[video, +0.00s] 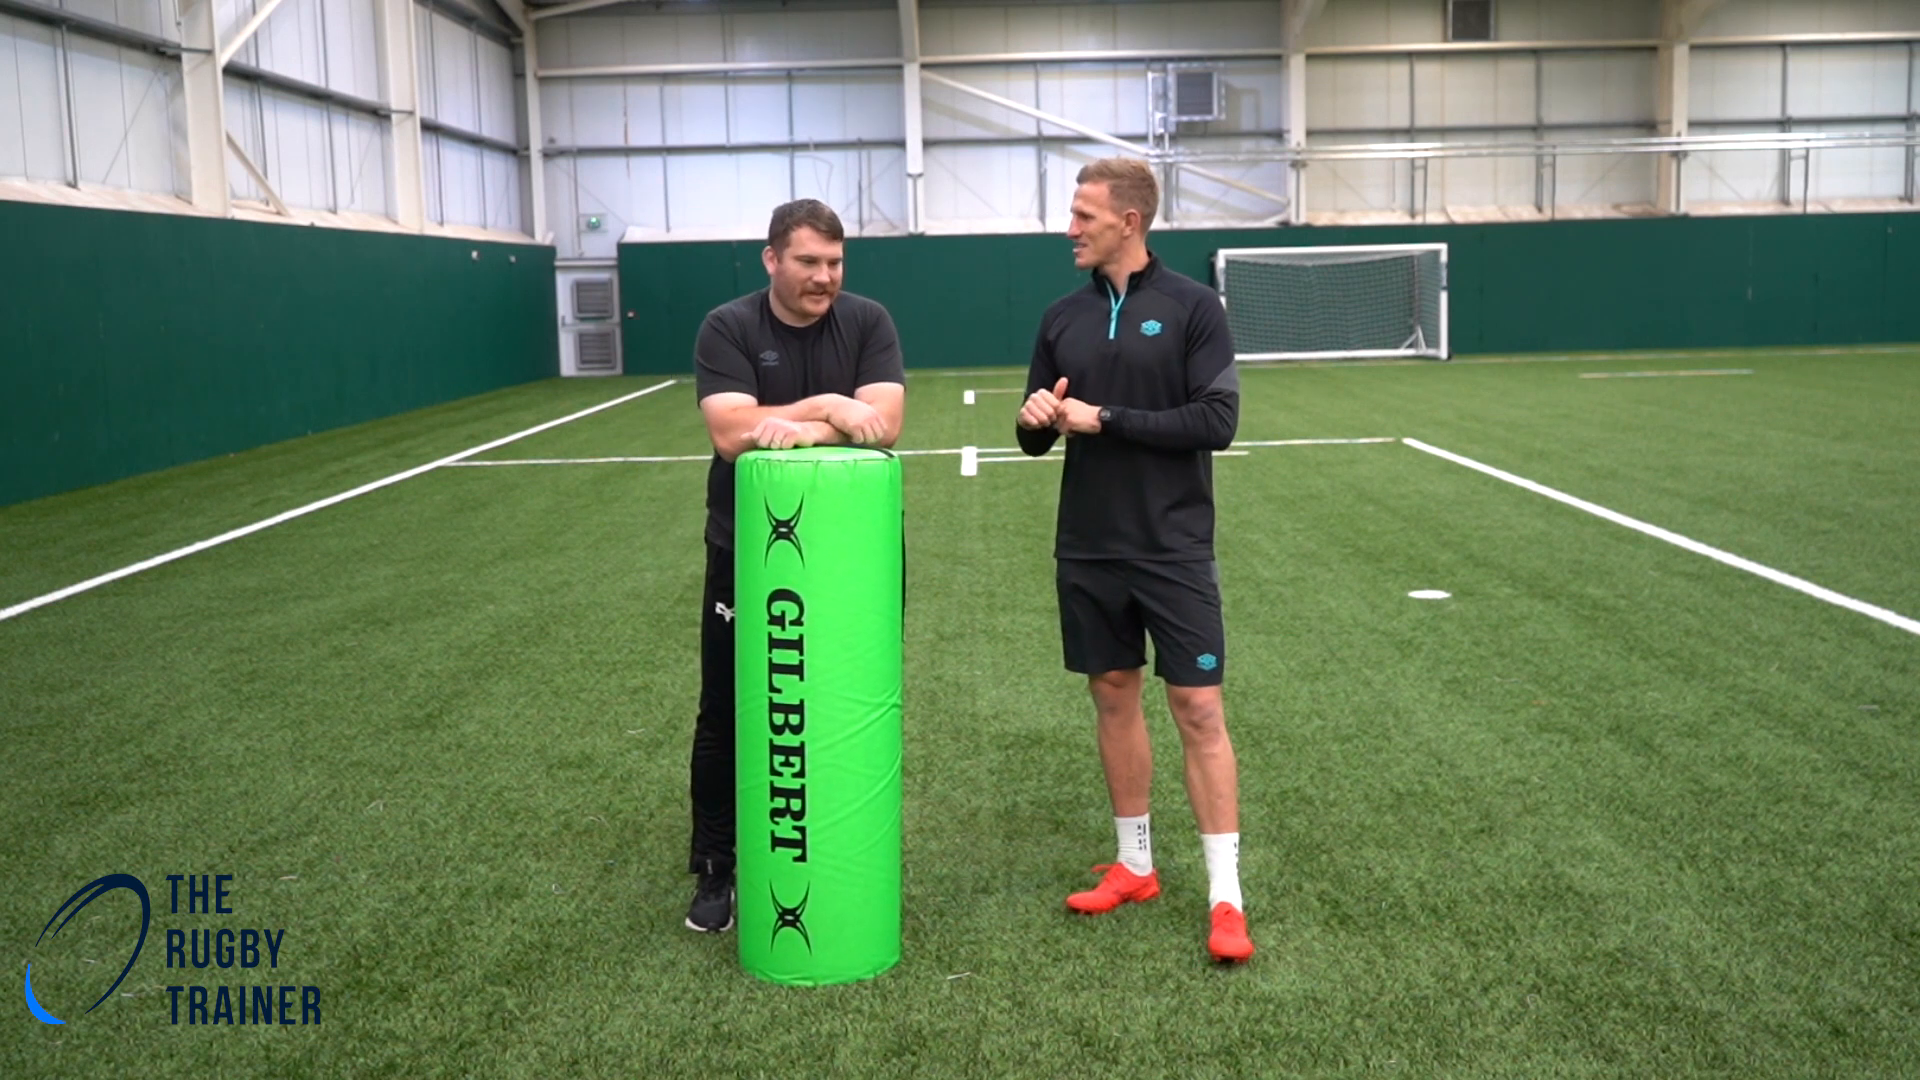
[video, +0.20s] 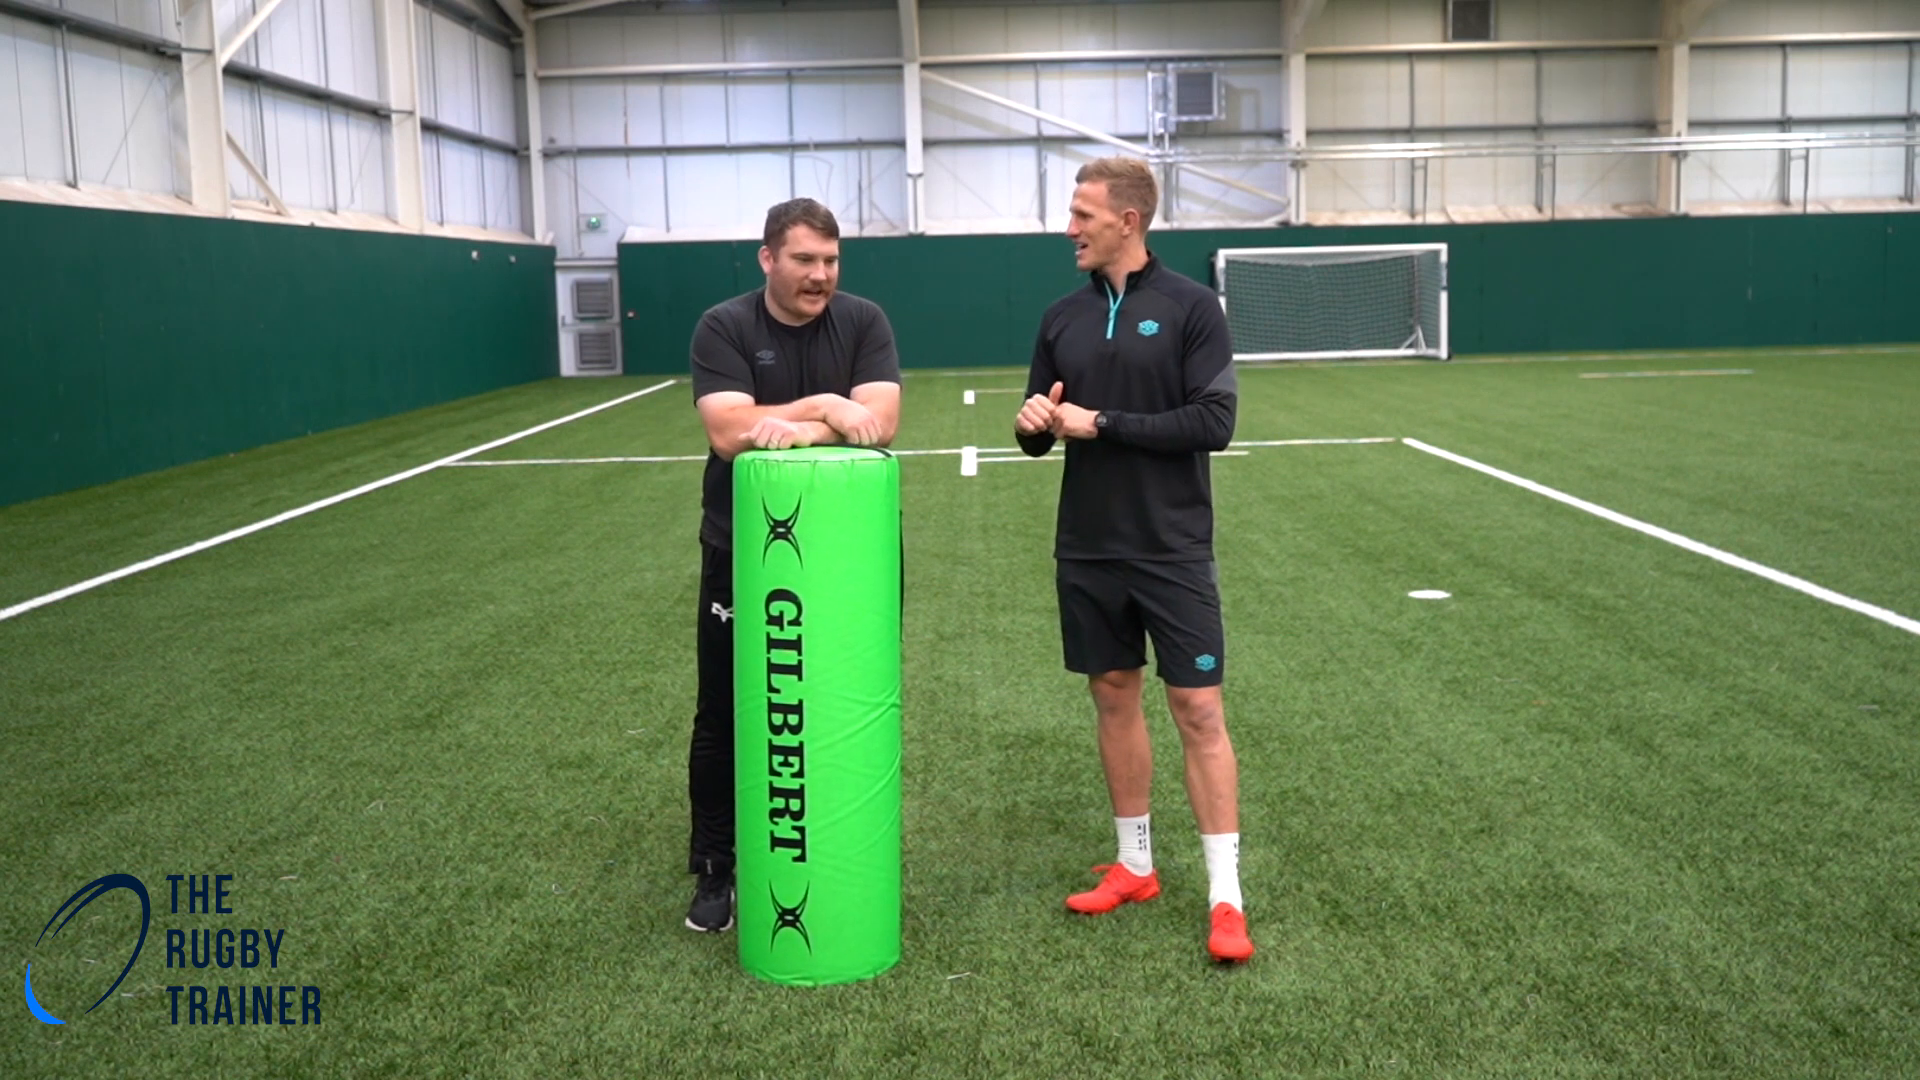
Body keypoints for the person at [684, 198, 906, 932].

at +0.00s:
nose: (823, 276)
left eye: (834, 263)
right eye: (808, 263)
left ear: (845, 264)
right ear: (772, 260)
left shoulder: (867, 322)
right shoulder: (729, 327)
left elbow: (883, 425)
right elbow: (728, 433)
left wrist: (781, 423)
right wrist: (832, 408)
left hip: (840, 554)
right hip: (745, 551)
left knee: (836, 714)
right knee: (728, 712)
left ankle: (832, 877)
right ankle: (716, 870)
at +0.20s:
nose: (819, 274)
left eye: (829, 261)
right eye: (803, 261)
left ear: (841, 263)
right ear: (768, 260)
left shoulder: (863, 321)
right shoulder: (725, 327)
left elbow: (878, 425)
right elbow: (726, 433)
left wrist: (780, 424)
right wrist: (828, 408)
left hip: (838, 554)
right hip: (741, 552)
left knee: (833, 715)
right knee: (725, 714)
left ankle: (829, 877)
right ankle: (716, 871)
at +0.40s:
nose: (812, 273)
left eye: (823, 260)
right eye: (797, 259)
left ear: (833, 261)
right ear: (761, 258)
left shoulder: (856, 320)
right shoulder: (718, 326)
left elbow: (873, 424)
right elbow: (721, 433)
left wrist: (779, 423)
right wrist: (823, 407)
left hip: (831, 554)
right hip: (735, 553)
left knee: (828, 714)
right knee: (721, 714)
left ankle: (827, 875)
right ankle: (715, 871)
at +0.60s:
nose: (804, 274)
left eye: (815, 261)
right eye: (789, 260)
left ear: (825, 262)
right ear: (752, 259)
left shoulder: (848, 320)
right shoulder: (710, 327)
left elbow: (869, 422)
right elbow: (715, 435)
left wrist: (779, 419)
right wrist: (819, 409)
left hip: (826, 553)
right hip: (728, 552)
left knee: (823, 711)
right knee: (716, 714)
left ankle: (824, 871)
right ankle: (714, 871)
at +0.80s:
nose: (797, 270)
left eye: (806, 256)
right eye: (781, 257)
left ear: (815, 257)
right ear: (742, 260)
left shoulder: (840, 319)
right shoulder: (702, 328)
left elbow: (864, 422)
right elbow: (708, 436)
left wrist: (775, 422)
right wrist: (813, 408)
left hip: (821, 553)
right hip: (722, 553)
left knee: (820, 712)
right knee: (714, 715)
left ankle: (824, 871)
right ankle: (715, 873)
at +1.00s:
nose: (788, 273)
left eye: (796, 259)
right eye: (771, 261)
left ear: (805, 256)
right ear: (732, 262)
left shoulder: (831, 317)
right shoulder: (694, 329)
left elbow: (859, 421)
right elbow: (705, 436)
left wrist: (771, 424)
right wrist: (809, 409)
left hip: (814, 552)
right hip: (716, 552)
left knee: (813, 710)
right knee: (710, 714)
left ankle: (818, 867)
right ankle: (714, 871)